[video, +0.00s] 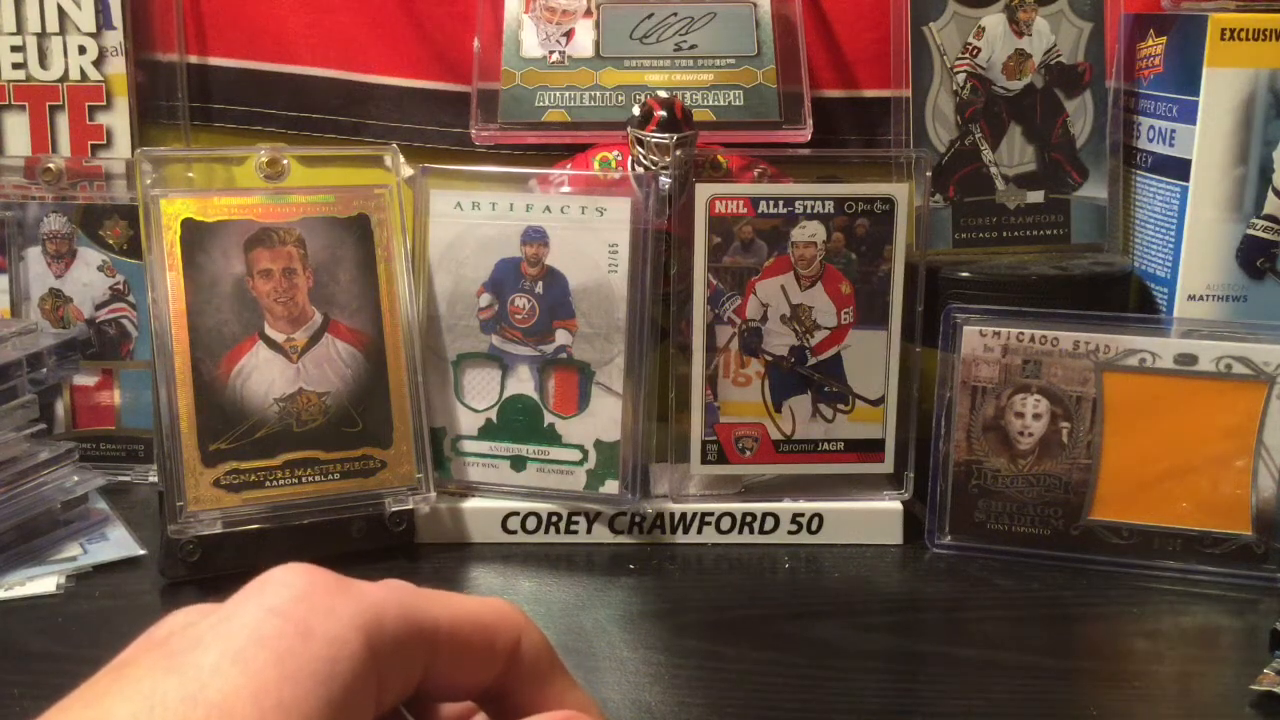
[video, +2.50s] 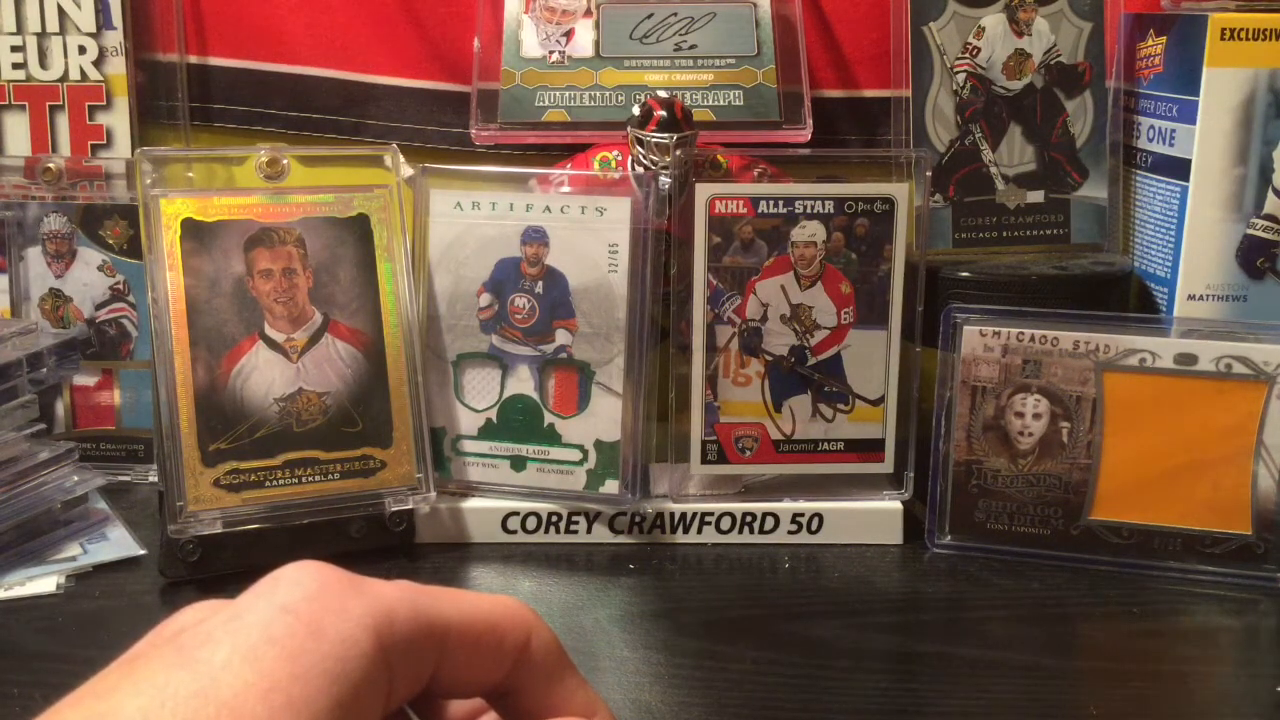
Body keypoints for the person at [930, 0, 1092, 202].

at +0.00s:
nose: (1030, 17)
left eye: (1034, 11)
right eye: (1024, 11)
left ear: (1037, 11)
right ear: (1011, 9)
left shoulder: (1041, 27)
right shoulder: (990, 26)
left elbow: (1051, 61)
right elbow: (965, 63)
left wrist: (1068, 75)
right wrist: (969, 99)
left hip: (1025, 92)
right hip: (992, 94)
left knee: (1056, 123)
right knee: (979, 140)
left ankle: (1064, 176)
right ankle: (942, 184)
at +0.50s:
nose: (1030, 17)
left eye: (1034, 11)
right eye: (1025, 11)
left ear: (1037, 11)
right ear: (1011, 9)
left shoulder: (1041, 28)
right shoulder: (990, 26)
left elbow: (1051, 61)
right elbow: (965, 63)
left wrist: (1068, 75)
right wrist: (969, 98)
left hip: (1025, 92)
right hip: (992, 93)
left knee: (1056, 123)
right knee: (980, 139)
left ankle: (1063, 176)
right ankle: (942, 183)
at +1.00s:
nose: (1030, 17)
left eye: (1034, 11)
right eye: (1024, 11)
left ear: (1037, 11)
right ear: (1011, 9)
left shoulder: (1041, 28)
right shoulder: (990, 26)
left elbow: (1051, 62)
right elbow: (964, 63)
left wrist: (1069, 75)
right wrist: (969, 98)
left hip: (1025, 92)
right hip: (992, 93)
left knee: (1056, 124)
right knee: (980, 138)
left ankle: (1064, 176)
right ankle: (943, 184)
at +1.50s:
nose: (1030, 16)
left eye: (1033, 11)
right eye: (1024, 11)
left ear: (1037, 10)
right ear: (1011, 9)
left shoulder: (1041, 28)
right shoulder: (990, 26)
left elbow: (1051, 62)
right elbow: (965, 63)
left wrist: (1069, 75)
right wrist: (970, 99)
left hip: (1026, 91)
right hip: (992, 93)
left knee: (1056, 124)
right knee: (980, 138)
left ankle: (1063, 176)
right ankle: (942, 184)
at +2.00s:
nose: (1030, 17)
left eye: (1034, 11)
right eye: (1025, 11)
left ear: (1037, 11)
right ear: (1011, 9)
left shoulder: (1041, 27)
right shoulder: (990, 26)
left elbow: (1050, 61)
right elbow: (965, 63)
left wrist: (1068, 74)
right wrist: (969, 98)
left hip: (1026, 91)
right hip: (993, 93)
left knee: (1056, 124)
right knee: (979, 138)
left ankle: (1063, 178)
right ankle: (942, 186)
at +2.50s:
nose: (1030, 16)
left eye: (1033, 10)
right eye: (1024, 10)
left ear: (1037, 10)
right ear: (1010, 9)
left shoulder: (1041, 27)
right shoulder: (990, 26)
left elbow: (1050, 60)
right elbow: (965, 63)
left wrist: (1067, 75)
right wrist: (969, 98)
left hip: (1025, 92)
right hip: (992, 93)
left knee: (1056, 123)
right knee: (979, 138)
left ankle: (1063, 177)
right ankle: (942, 186)